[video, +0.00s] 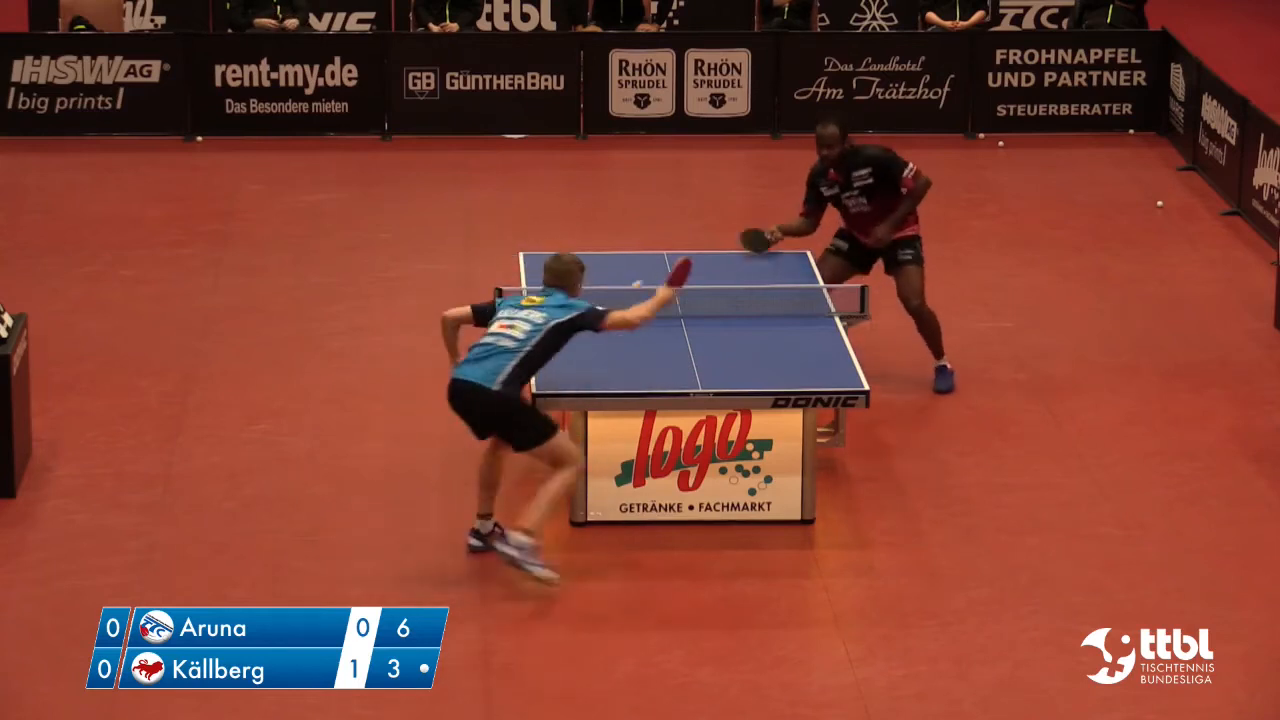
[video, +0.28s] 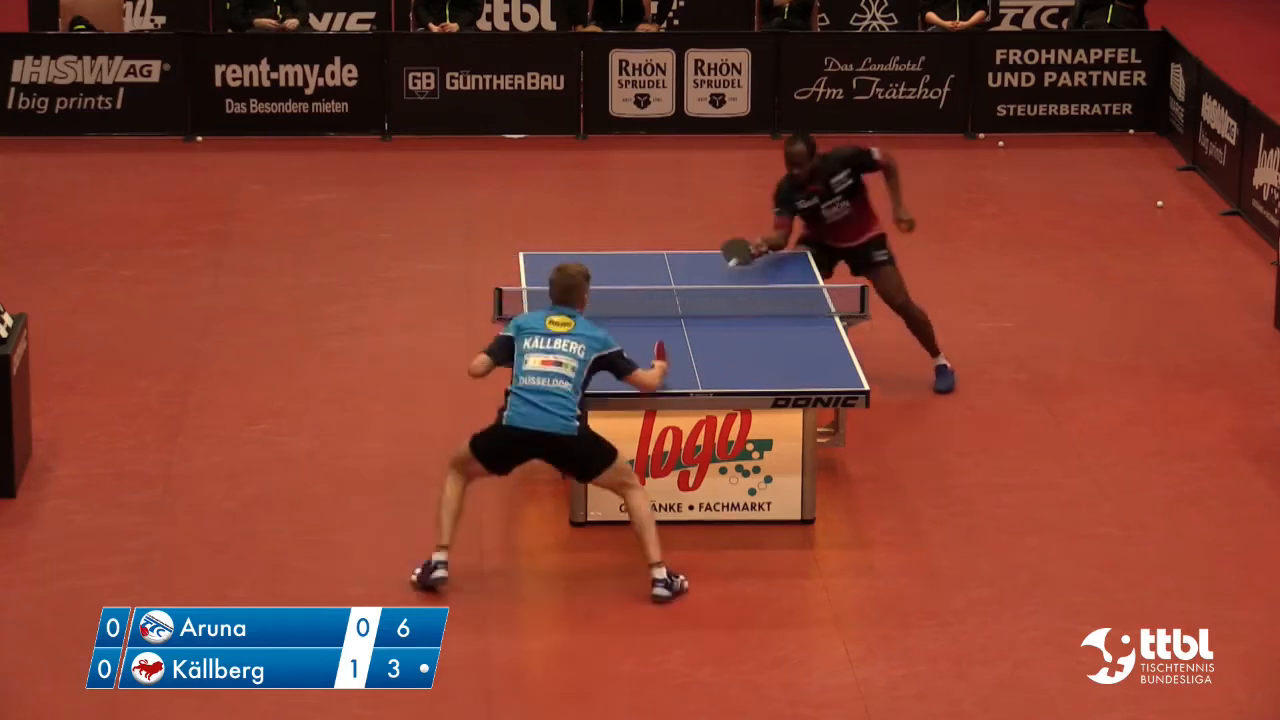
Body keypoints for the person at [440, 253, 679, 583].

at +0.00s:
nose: (582, 287)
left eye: (582, 282)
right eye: (581, 282)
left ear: (545, 280)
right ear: (576, 283)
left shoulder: (513, 302)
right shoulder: (573, 310)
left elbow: (450, 317)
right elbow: (632, 319)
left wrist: (455, 358)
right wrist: (661, 298)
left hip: (460, 389)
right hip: (496, 395)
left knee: (499, 441)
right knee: (571, 462)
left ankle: (484, 527)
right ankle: (523, 537)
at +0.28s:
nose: (588, 297)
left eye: (581, 289)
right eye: (588, 292)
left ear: (551, 294)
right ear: (584, 299)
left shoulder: (522, 325)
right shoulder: (595, 337)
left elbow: (477, 368)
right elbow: (646, 382)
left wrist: (497, 354)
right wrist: (659, 369)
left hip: (514, 430)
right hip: (565, 435)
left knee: (458, 471)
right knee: (629, 485)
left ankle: (439, 561)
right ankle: (660, 574)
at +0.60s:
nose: (587, 311)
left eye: (584, 303)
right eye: (586, 305)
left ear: (547, 301)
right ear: (578, 310)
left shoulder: (514, 326)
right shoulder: (578, 352)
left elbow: (477, 356)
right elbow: (629, 403)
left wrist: (506, 347)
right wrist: (675, 393)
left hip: (492, 449)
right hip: (542, 452)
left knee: (432, 498)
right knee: (625, 454)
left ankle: (399, 578)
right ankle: (601, 546)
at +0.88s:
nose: (711, 309)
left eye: (709, 302)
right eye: (711, 303)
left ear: (672, 298)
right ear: (702, 306)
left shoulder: (639, 316)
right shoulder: (702, 347)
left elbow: (571, 328)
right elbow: (745, 377)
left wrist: (593, 321)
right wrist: (781, 361)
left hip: (604, 432)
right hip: (653, 442)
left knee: (526, 493)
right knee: (724, 464)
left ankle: (462, 566)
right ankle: (760, 544)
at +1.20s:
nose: (720, 282)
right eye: (720, 278)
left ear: (683, 280)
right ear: (718, 286)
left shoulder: (661, 305)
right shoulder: (730, 326)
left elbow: (609, 328)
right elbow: (764, 375)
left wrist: (602, 339)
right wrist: (779, 362)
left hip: (650, 410)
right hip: (699, 417)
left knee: (574, 480)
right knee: (749, 466)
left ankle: (531, 565)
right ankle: (771, 545)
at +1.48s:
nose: (663, 318)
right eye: (667, 313)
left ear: (632, 314)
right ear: (667, 318)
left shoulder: (607, 344)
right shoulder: (680, 359)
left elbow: (549, 375)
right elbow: (727, 400)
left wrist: (574, 366)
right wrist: (719, 376)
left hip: (606, 450)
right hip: (657, 453)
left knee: (538, 493)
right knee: (713, 495)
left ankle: (515, 591)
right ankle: (759, 583)